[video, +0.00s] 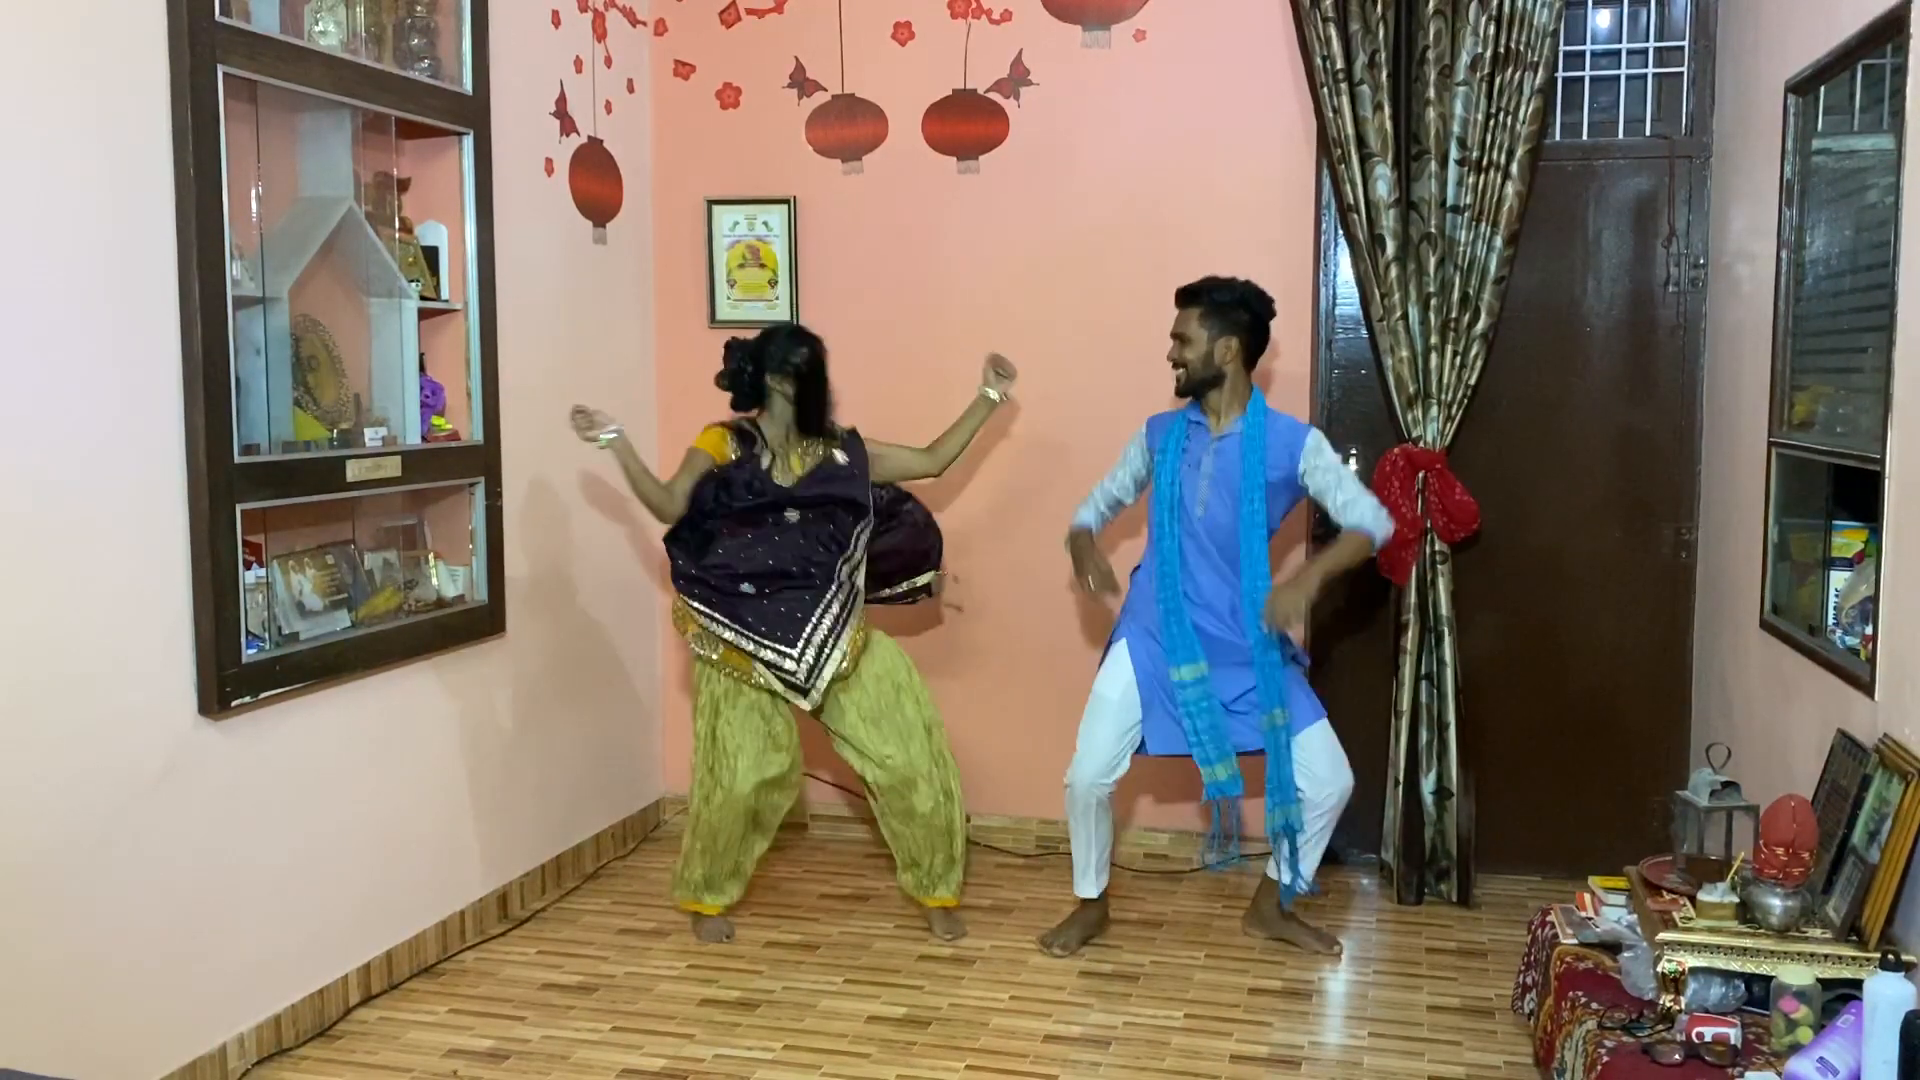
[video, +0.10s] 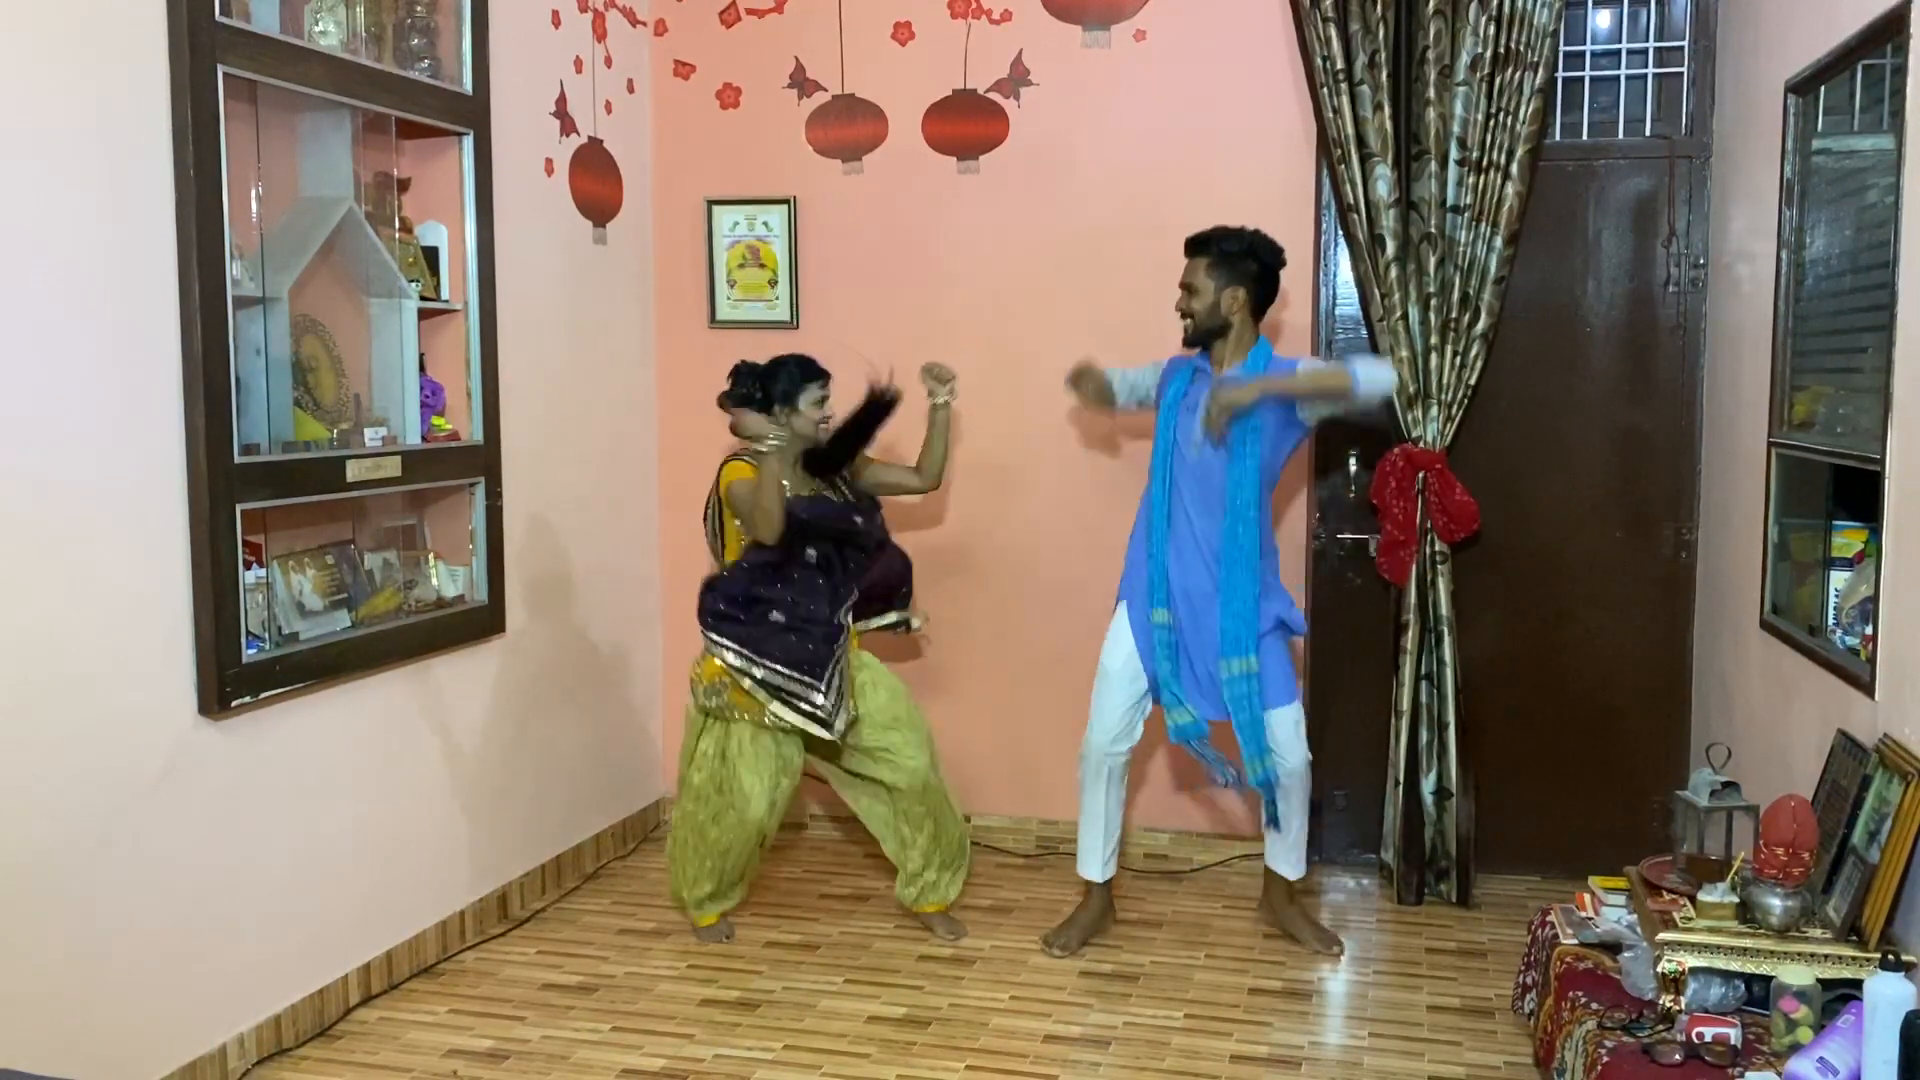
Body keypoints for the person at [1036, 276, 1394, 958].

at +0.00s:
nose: (1170, 352)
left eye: (1183, 340)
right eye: (1171, 339)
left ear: (1232, 350)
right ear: (1218, 351)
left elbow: (1369, 522)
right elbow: (1092, 512)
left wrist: (1304, 579)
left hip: (1247, 645)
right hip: (1153, 637)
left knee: (1327, 780)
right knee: (1088, 775)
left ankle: (1271, 903)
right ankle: (1090, 902)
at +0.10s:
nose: (1178, 301)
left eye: (1190, 289)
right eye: (1180, 287)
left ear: (1237, 298)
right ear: (1224, 299)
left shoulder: (1284, 381)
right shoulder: (1179, 374)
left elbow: (1380, 380)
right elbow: (1122, 387)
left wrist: (1257, 391)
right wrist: (1093, 382)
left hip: (1243, 600)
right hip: (1156, 593)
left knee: (1289, 757)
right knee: (1104, 741)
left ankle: (1281, 893)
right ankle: (1095, 893)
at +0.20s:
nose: (1188, 251)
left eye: (1205, 238)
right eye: (1187, 239)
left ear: (1248, 252)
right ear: (1194, 252)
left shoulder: (1277, 325)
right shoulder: (1184, 318)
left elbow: (1336, 252)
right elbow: (1135, 272)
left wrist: (1250, 200)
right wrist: (1105, 209)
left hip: (1242, 551)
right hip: (1156, 547)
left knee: (1272, 719)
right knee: (1114, 703)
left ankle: (1298, 877)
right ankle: (1099, 871)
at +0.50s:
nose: (1197, 282)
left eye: (1209, 272)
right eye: (1198, 271)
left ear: (1250, 283)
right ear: (1212, 281)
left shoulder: (1270, 355)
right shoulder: (1198, 354)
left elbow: (1304, 347)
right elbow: (1158, 339)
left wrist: (1240, 269)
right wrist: (1143, 308)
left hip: (1243, 583)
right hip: (1164, 577)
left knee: (1277, 742)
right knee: (1107, 722)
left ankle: (1319, 914)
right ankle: (1128, 890)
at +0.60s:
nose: (1189, 315)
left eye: (1201, 302)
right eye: (1189, 301)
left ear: (1250, 305)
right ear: (1217, 302)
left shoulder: (1288, 395)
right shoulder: (1206, 381)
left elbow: (1305, 514)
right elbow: (1202, 469)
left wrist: (1208, 475)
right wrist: (1147, 471)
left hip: (1241, 602)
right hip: (1170, 592)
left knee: (1276, 754)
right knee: (1115, 722)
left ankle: (1317, 911)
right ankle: (1128, 891)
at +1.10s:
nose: (1157, 318)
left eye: (1167, 304)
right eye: (1158, 303)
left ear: (1211, 309)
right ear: (1204, 308)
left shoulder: (1247, 392)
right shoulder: (1198, 389)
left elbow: (1251, 501)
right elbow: (1191, 489)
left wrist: (1206, 553)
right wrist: (1142, 518)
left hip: (1247, 607)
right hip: (1193, 603)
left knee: (1256, 768)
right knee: (1128, 726)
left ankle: (1345, 927)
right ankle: (1132, 892)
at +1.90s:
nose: (1168, 308)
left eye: (1179, 294)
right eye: (1170, 293)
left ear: (1226, 299)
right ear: (1217, 299)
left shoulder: (1254, 388)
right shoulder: (1213, 382)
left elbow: (1290, 517)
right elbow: (1176, 468)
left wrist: (1296, 642)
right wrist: (1074, 451)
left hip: (1247, 619)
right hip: (1190, 613)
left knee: (1281, 773)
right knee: (1129, 733)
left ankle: (1340, 937)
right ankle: (1130, 904)